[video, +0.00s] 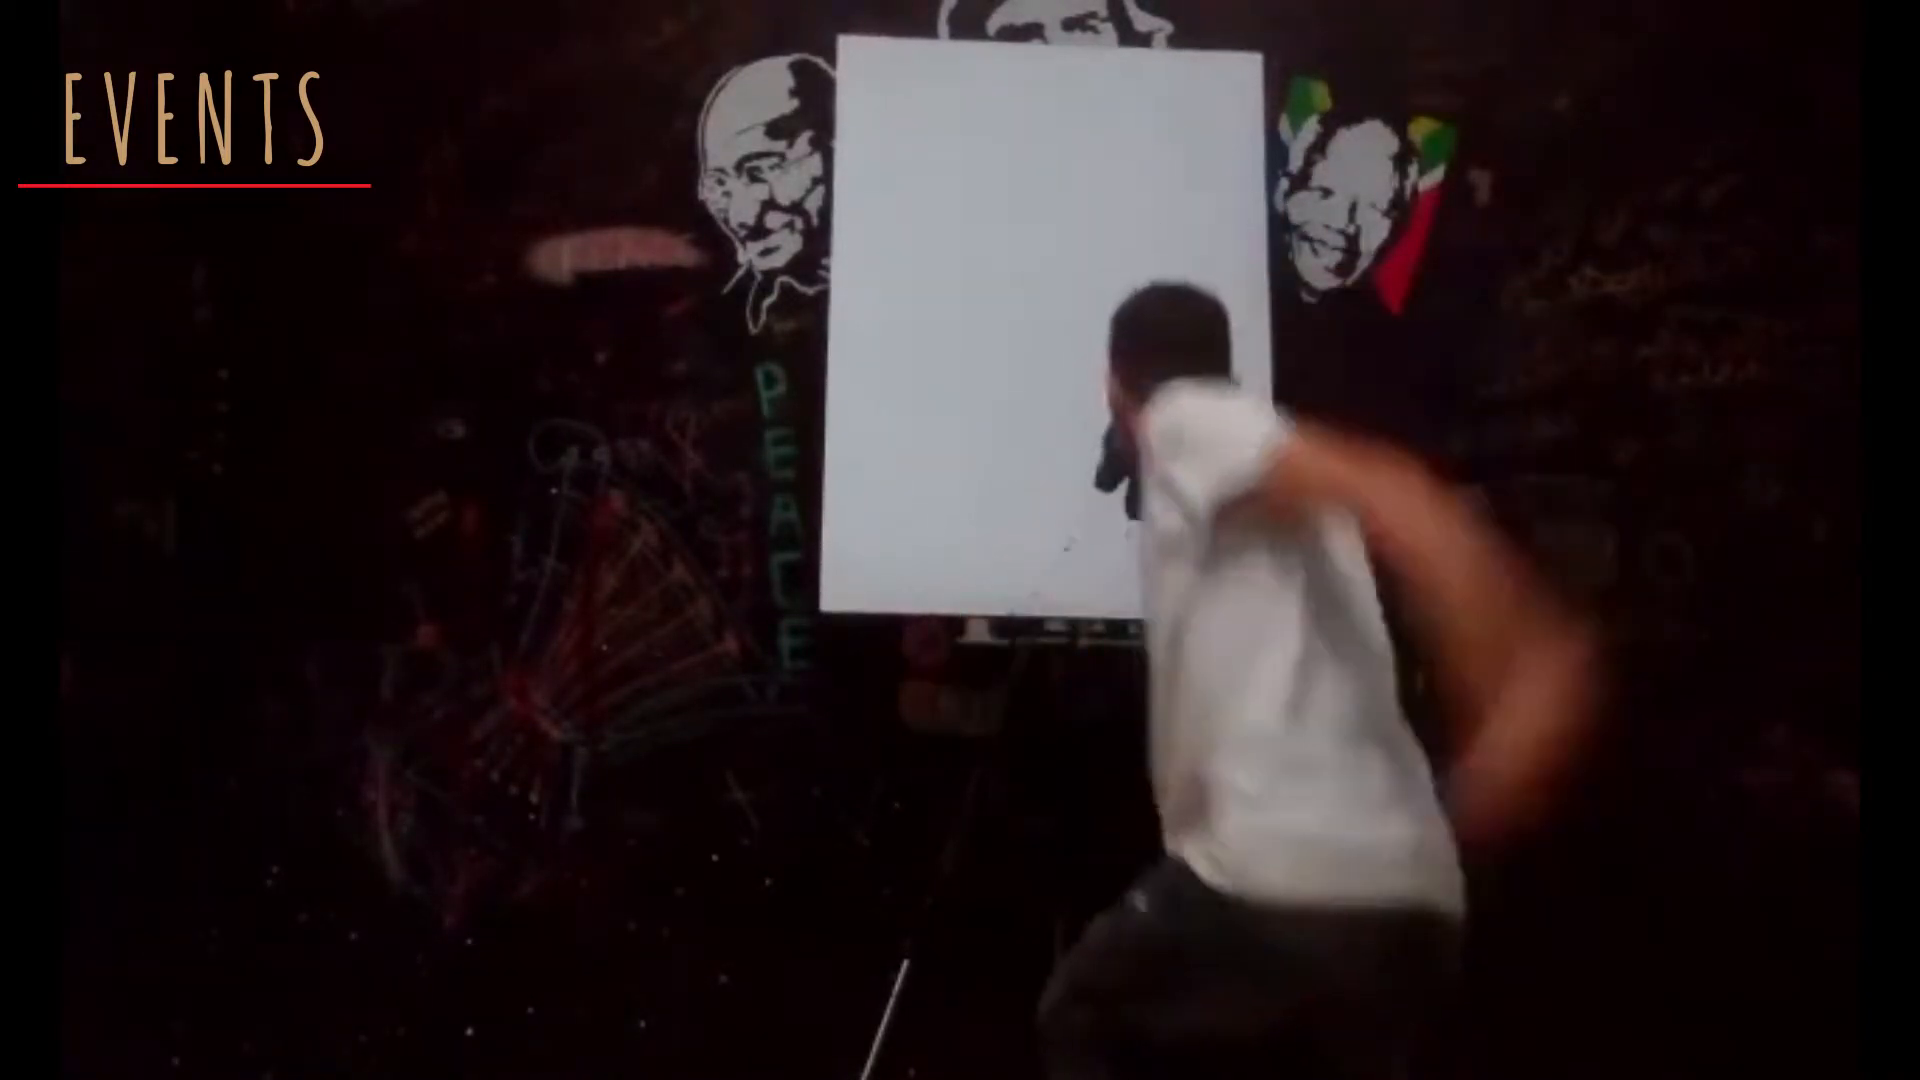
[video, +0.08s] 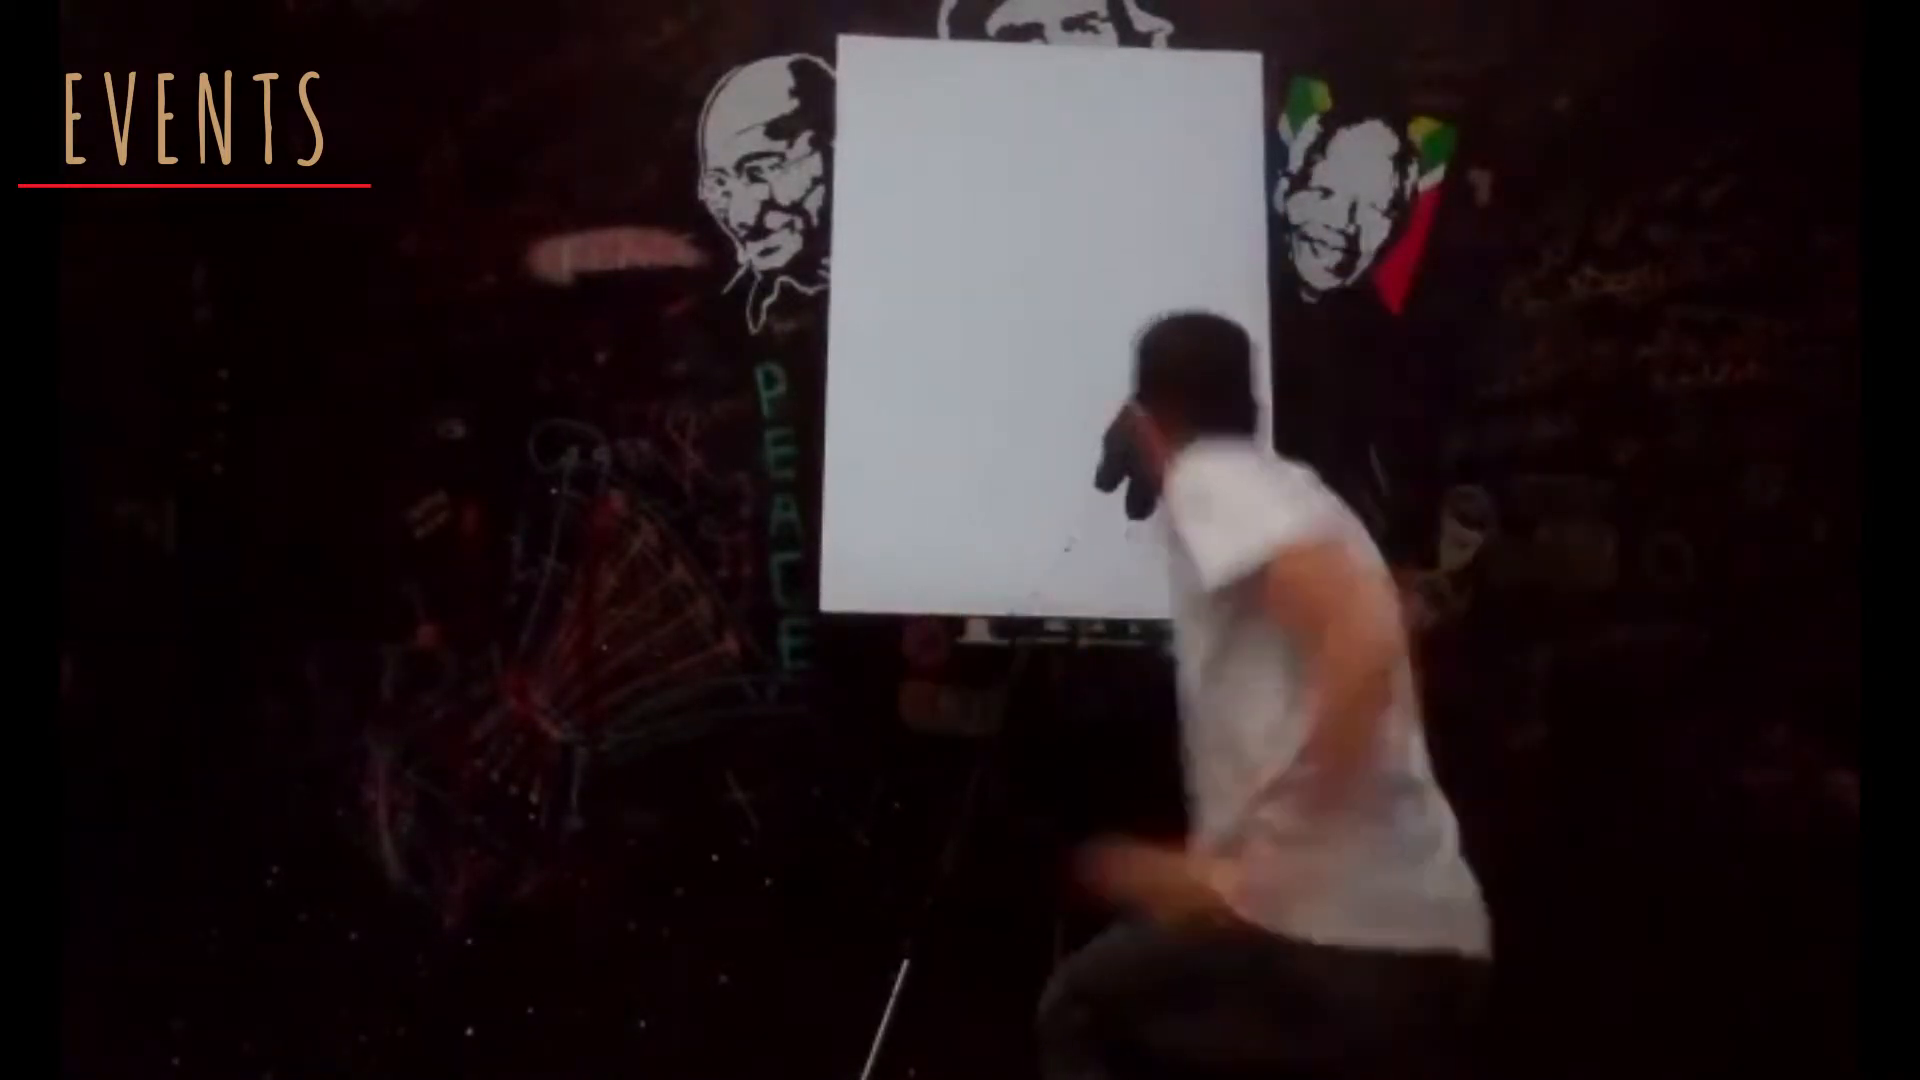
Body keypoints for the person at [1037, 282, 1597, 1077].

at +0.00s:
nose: (1107, 403)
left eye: (1107, 383)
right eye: (1112, 385)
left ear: (1119, 381)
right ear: (1222, 365)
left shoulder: (1183, 417)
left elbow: (1390, 488)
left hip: (1273, 876)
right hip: (1405, 883)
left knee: (1082, 1024)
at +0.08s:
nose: (1125, 427)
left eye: (1133, 405)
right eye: (1133, 403)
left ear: (1149, 416)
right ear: (1242, 408)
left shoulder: (1209, 476)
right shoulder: (1304, 492)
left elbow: (1361, 637)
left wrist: (1256, 865)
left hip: (1338, 937)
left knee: (1085, 1008)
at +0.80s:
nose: (1208, 365)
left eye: (1214, 352)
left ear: (1222, 356)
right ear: (1334, 352)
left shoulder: (1191, 433)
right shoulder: (1414, 436)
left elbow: (1087, 462)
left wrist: (1147, 378)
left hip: (1243, 845)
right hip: (1433, 854)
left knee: (1110, 1018)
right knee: (1444, 1041)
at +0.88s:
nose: (1264, 313)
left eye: (1259, 297)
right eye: (1264, 300)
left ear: (1273, 286)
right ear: (1376, 277)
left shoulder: (1260, 344)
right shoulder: (1489, 347)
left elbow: (1122, 417)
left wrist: (1174, 301)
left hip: (1354, 770)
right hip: (1551, 773)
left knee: (1189, 988)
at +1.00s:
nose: (1304, 249)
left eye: (1305, 231)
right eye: (1311, 233)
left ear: (1316, 227)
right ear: (1417, 220)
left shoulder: (1317, 303)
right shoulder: (1541, 310)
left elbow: (1152, 422)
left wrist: (1205, 315)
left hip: (1424, 737)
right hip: (1625, 735)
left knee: (1261, 980)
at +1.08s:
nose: (1365, 208)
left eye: (1368, 192)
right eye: (1364, 195)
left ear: (1395, 176)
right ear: (1477, 167)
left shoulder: (1388, 261)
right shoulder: (1638, 252)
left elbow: (1294, 473)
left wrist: (1260, 441)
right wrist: (1371, 464)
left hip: (1544, 691)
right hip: (1742, 678)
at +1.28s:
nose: (1441, 230)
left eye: (1442, 213)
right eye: (1437, 215)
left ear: (1480, 189)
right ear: (1563, 178)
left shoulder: (1455, 277)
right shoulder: (1720, 265)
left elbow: (1347, 539)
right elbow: (1662, 546)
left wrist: (1268, 611)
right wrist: (1433, 545)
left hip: (1670, 721)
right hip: (1839, 693)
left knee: (1737, 1042)